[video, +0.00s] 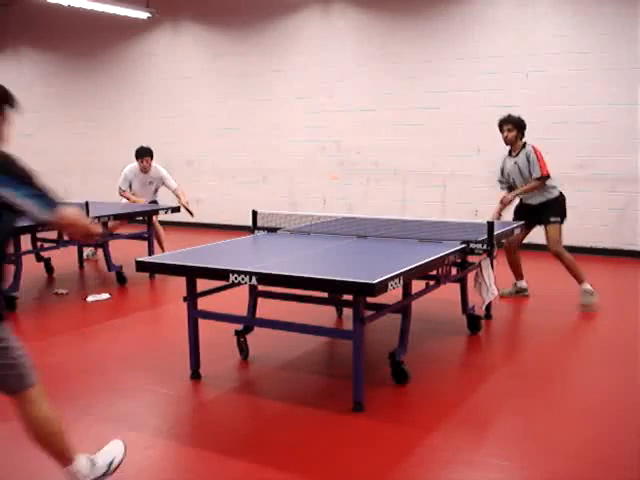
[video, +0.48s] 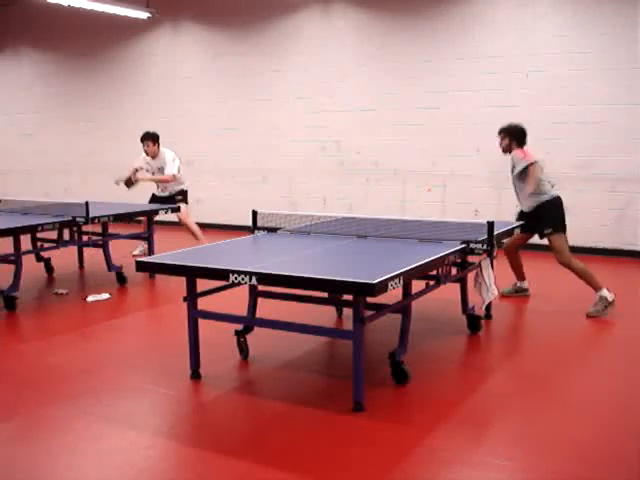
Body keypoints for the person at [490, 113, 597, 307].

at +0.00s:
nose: (505, 135)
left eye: (509, 131)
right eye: (503, 132)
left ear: (519, 132)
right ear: (501, 135)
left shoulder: (531, 151)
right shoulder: (506, 162)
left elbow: (541, 179)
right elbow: (510, 191)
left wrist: (514, 194)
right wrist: (499, 211)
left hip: (550, 201)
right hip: (528, 205)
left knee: (554, 247)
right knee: (510, 244)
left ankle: (585, 287)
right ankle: (520, 285)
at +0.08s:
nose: (508, 143)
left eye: (512, 138)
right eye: (506, 140)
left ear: (522, 140)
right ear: (506, 142)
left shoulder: (531, 157)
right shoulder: (519, 164)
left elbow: (533, 186)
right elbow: (531, 193)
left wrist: (504, 200)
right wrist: (525, 217)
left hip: (557, 209)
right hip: (537, 213)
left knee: (569, 255)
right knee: (512, 246)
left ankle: (601, 298)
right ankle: (521, 285)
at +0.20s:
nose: (507, 152)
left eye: (509, 148)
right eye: (505, 149)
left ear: (520, 147)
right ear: (519, 150)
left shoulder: (524, 163)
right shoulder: (531, 164)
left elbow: (514, 188)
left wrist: (488, 204)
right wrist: (531, 224)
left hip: (562, 211)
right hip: (546, 215)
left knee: (568, 261)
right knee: (520, 242)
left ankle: (603, 299)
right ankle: (521, 285)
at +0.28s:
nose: (504, 155)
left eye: (507, 150)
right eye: (503, 152)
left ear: (518, 149)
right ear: (520, 151)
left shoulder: (519, 164)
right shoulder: (541, 166)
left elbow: (510, 186)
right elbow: (566, 192)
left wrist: (483, 204)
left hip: (558, 211)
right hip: (545, 215)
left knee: (567, 261)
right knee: (521, 242)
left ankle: (603, 299)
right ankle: (522, 285)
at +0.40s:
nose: (500, 149)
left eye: (502, 145)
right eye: (499, 145)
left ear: (512, 145)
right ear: (519, 146)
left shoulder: (515, 159)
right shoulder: (534, 161)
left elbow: (522, 173)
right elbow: (555, 184)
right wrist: (573, 203)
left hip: (548, 209)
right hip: (539, 212)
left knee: (566, 258)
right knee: (514, 245)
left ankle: (606, 297)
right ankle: (521, 285)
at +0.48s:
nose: (499, 143)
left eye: (502, 138)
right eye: (499, 139)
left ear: (511, 140)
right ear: (513, 140)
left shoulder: (518, 153)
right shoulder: (516, 157)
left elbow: (535, 169)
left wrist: (527, 194)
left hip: (548, 206)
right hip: (535, 211)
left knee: (563, 257)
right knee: (510, 248)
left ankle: (604, 294)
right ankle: (521, 285)